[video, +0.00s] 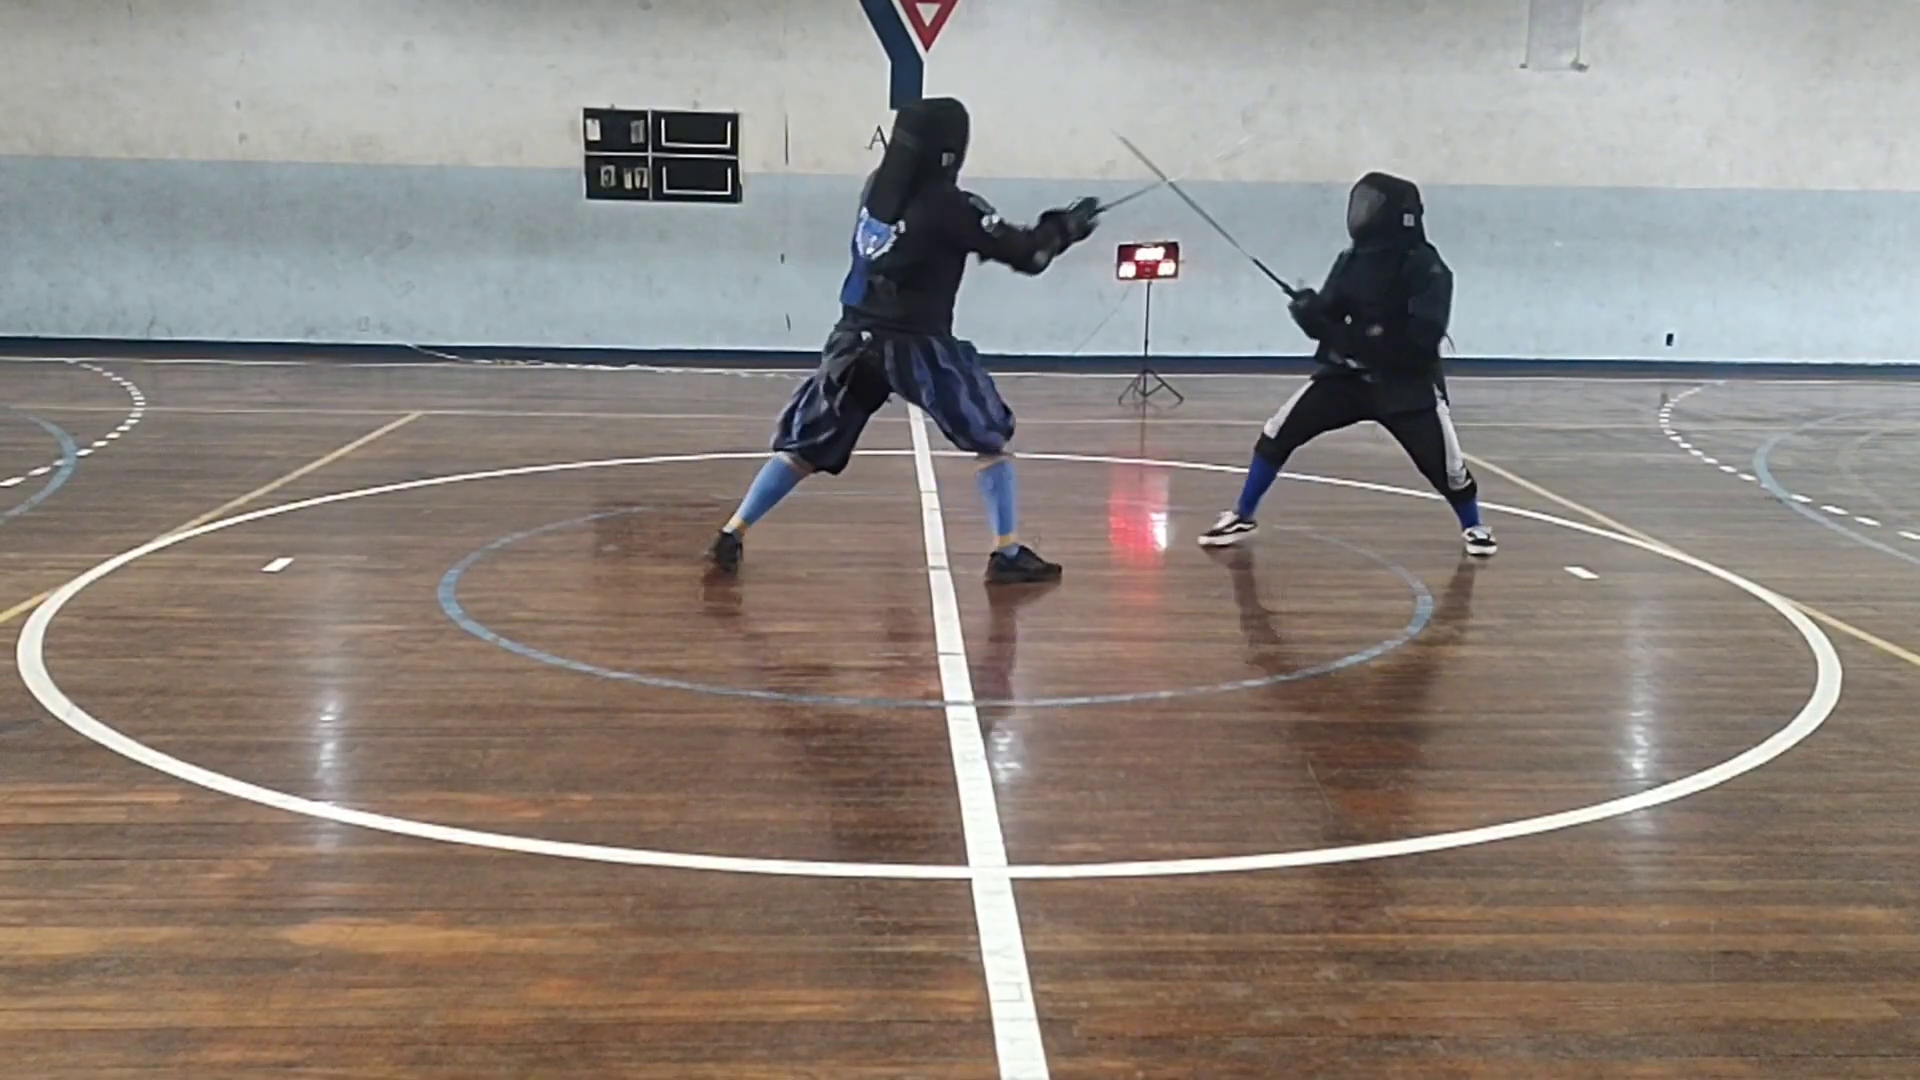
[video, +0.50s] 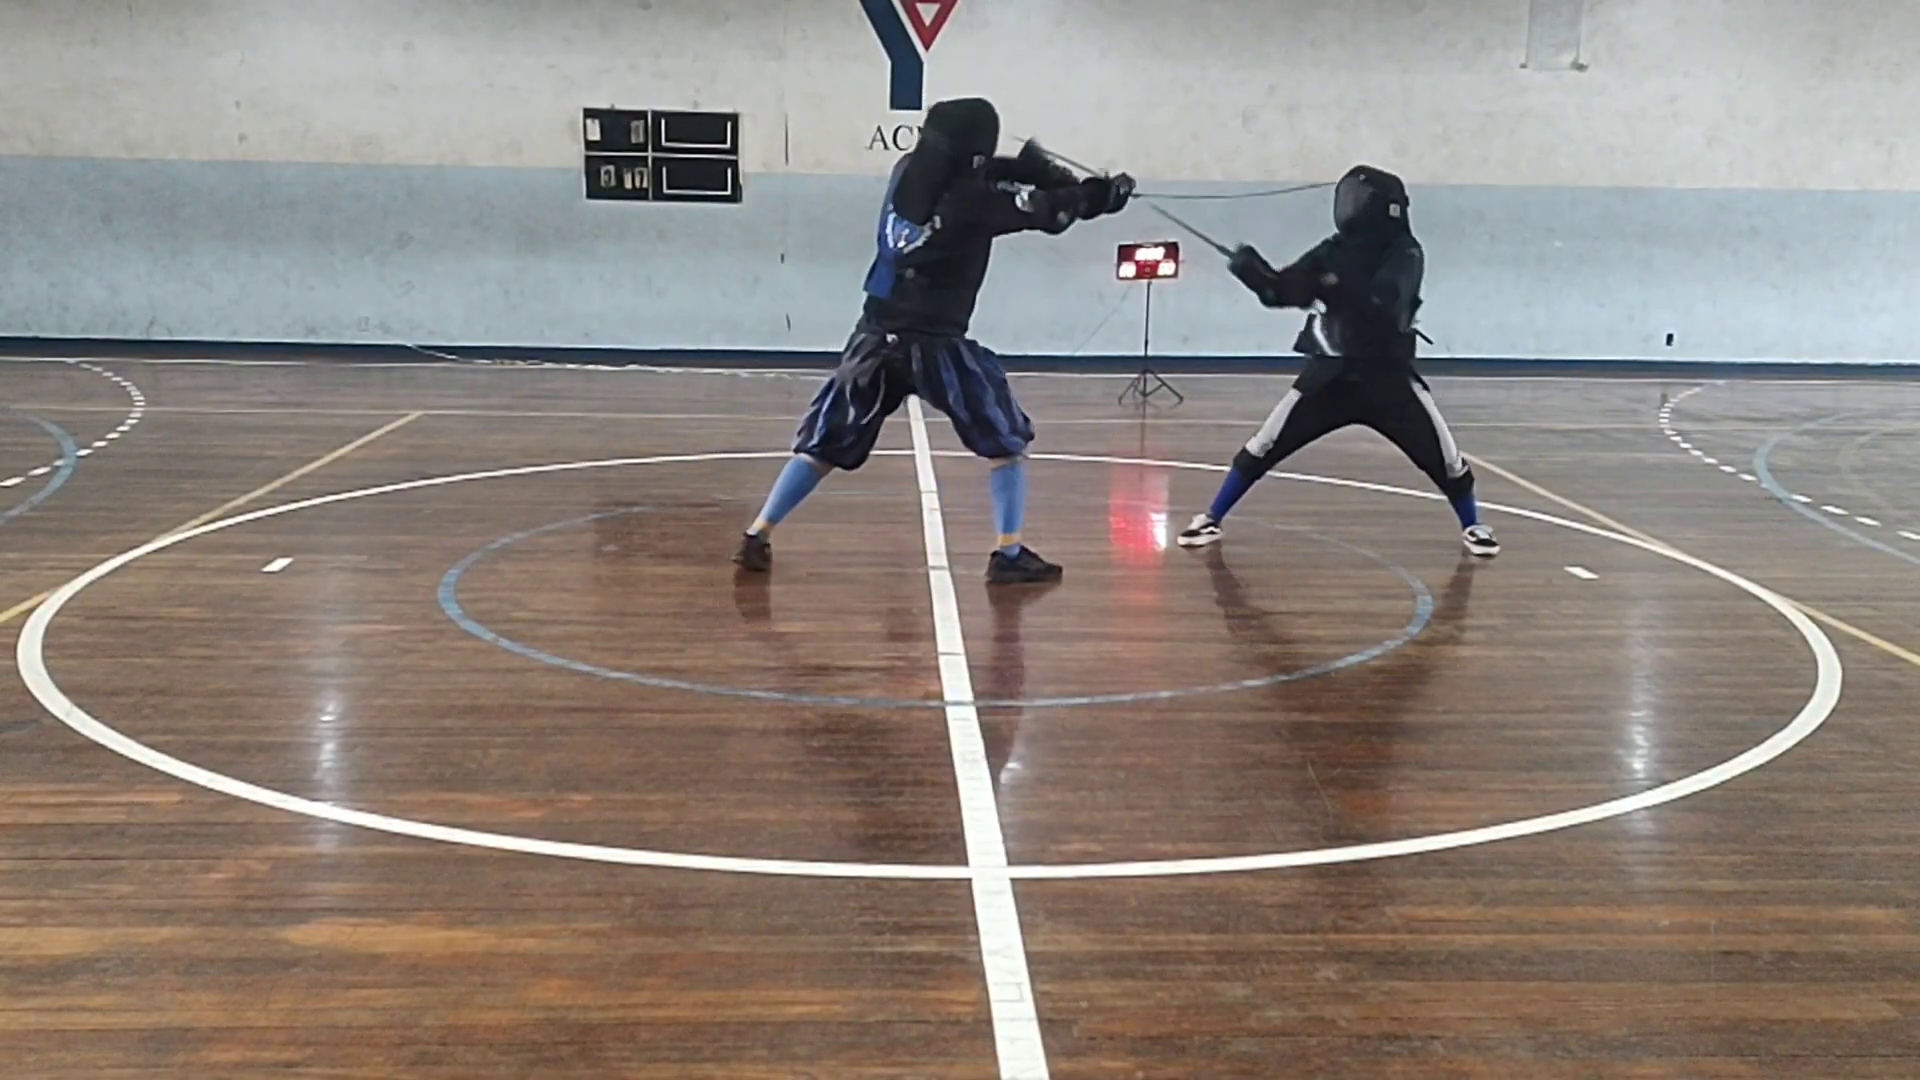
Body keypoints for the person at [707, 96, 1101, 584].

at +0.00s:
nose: (962, 152)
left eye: (958, 143)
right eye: (959, 143)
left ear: (905, 142)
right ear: (948, 151)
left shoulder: (879, 186)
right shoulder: (948, 207)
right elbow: (1025, 252)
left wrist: (982, 222)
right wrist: (1063, 227)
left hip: (855, 336)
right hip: (920, 343)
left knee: (808, 443)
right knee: (991, 435)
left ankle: (732, 532)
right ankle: (1008, 550)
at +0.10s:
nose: (962, 152)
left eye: (958, 143)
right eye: (959, 143)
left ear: (905, 142)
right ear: (948, 151)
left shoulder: (879, 186)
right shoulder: (948, 206)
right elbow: (1025, 252)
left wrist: (983, 222)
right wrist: (1063, 227)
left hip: (855, 336)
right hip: (920, 343)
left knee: (808, 443)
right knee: (991, 435)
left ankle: (732, 531)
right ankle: (1008, 550)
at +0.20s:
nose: (967, 153)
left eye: (964, 144)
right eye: (964, 144)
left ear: (910, 143)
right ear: (952, 151)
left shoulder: (884, 185)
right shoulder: (952, 204)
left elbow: (939, 222)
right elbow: (1029, 245)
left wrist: (991, 218)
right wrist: (1073, 218)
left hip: (860, 335)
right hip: (924, 342)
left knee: (811, 441)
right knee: (994, 435)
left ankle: (736, 532)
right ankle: (1009, 552)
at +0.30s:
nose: (973, 155)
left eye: (970, 145)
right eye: (970, 146)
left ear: (916, 142)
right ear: (959, 152)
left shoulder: (888, 184)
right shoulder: (958, 203)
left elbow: (963, 208)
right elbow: (1038, 236)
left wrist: (1014, 207)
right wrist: (1078, 213)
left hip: (864, 336)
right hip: (927, 343)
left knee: (816, 440)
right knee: (997, 437)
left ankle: (742, 530)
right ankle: (1008, 552)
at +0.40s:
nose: (977, 154)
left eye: (973, 144)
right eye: (975, 145)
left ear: (922, 141)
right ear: (965, 152)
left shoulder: (893, 180)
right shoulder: (966, 203)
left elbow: (966, 202)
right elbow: (1045, 227)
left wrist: (1010, 194)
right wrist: (1084, 204)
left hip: (867, 336)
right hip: (931, 342)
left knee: (821, 438)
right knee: (999, 435)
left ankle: (747, 531)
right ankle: (1009, 551)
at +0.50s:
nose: (987, 147)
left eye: (988, 141)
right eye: (984, 139)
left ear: (935, 137)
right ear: (972, 148)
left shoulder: (905, 172)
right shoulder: (974, 199)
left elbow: (967, 173)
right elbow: (1046, 212)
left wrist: (1014, 166)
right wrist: (1096, 196)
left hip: (875, 335)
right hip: (938, 341)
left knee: (828, 437)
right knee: (1005, 435)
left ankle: (757, 533)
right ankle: (1010, 552)